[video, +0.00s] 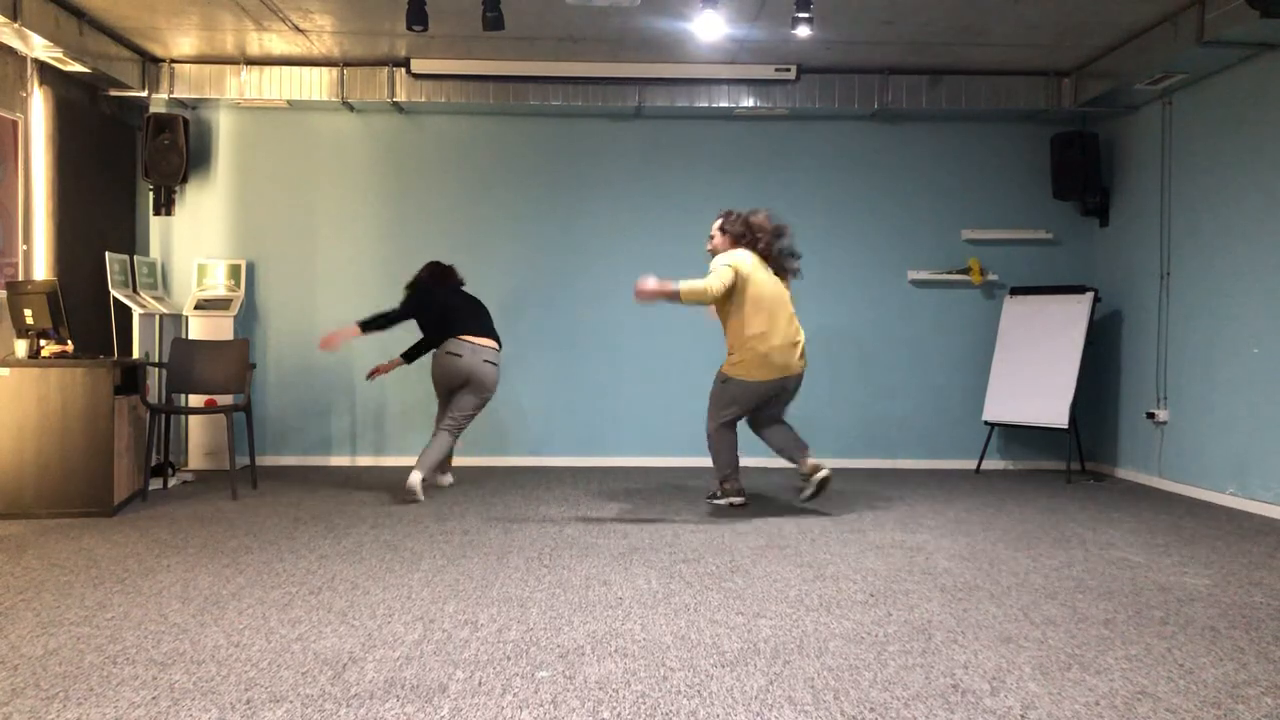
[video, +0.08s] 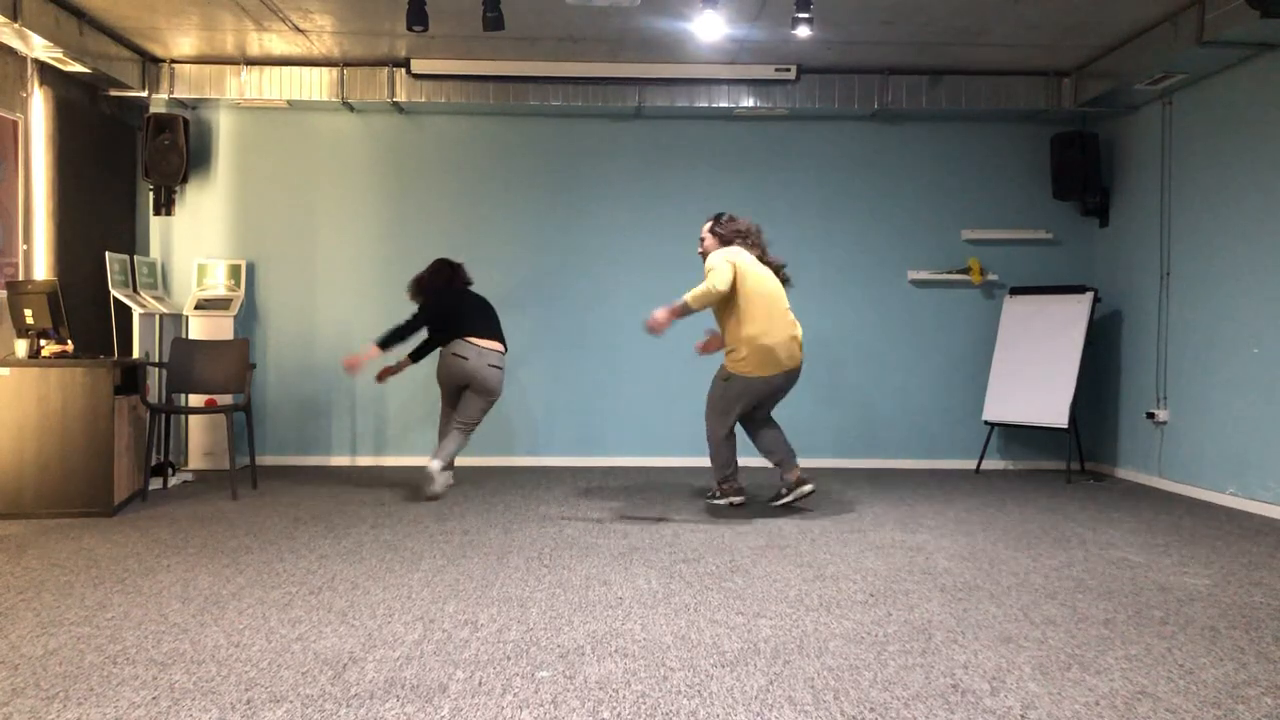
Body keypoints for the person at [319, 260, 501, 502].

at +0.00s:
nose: (415, 285)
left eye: (418, 280)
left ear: (423, 279)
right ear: (453, 281)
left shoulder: (424, 295)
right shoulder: (467, 301)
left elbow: (392, 317)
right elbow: (431, 340)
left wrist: (348, 332)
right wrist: (393, 364)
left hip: (452, 353)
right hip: (488, 362)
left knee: (445, 415)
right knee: (449, 428)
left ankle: (443, 472)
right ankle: (418, 474)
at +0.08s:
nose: (422, 293)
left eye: (425, 287)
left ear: (430, 283)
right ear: (459, 280)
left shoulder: (438, 300)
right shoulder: (474, 301)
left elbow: (406, 328)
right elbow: (434, 340)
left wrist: (365, 356)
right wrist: (399, 366)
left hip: (457, 354)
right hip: (493, 365)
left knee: (448, 413)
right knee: (463, 428)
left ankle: (445, 471)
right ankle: (437, 464)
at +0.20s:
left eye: (458, 265)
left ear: (458, 268)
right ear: (487, 268)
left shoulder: (451, 295)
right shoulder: (498, 288)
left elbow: (450, 334)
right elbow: (504, 326)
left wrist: (451, 364)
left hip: (468, 347)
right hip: (503, 348)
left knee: (460, 410)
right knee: (507, 412)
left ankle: (449, 469)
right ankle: (502, 461)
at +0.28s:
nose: (503, 261)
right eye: (501, 258)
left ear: (471, 261)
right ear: (495, 260)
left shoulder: (464, 289)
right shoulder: (509, 276)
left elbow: (474, 313)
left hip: (476, 344)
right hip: (510, 343)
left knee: (473, 405)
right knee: (533, 407)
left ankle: (454, 464)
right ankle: (526, 472)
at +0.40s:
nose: (524, 247)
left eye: (522, 243)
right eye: (521, 244)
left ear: (497, 251)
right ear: (511, 248)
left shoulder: (493, 275)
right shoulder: (524, 261)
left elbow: (536, 287)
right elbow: (554, 272)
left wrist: (574, 291)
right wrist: (580, 280)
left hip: (498, 349)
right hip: (526, 344)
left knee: (533, 402)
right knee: (546, 411)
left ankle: (507, 452)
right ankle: (531, 471)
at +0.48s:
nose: (536, 244)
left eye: (534, 239)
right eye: (531, 240)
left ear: (511, 248)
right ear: (518, 245)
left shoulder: (513, 271)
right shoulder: (529, 258)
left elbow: (557, 274)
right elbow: (562, 258)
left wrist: (594, 273)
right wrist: (598, 255)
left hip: (508, 347)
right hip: (525, 342)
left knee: (558, 404)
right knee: (552, 407)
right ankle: (532, 472)